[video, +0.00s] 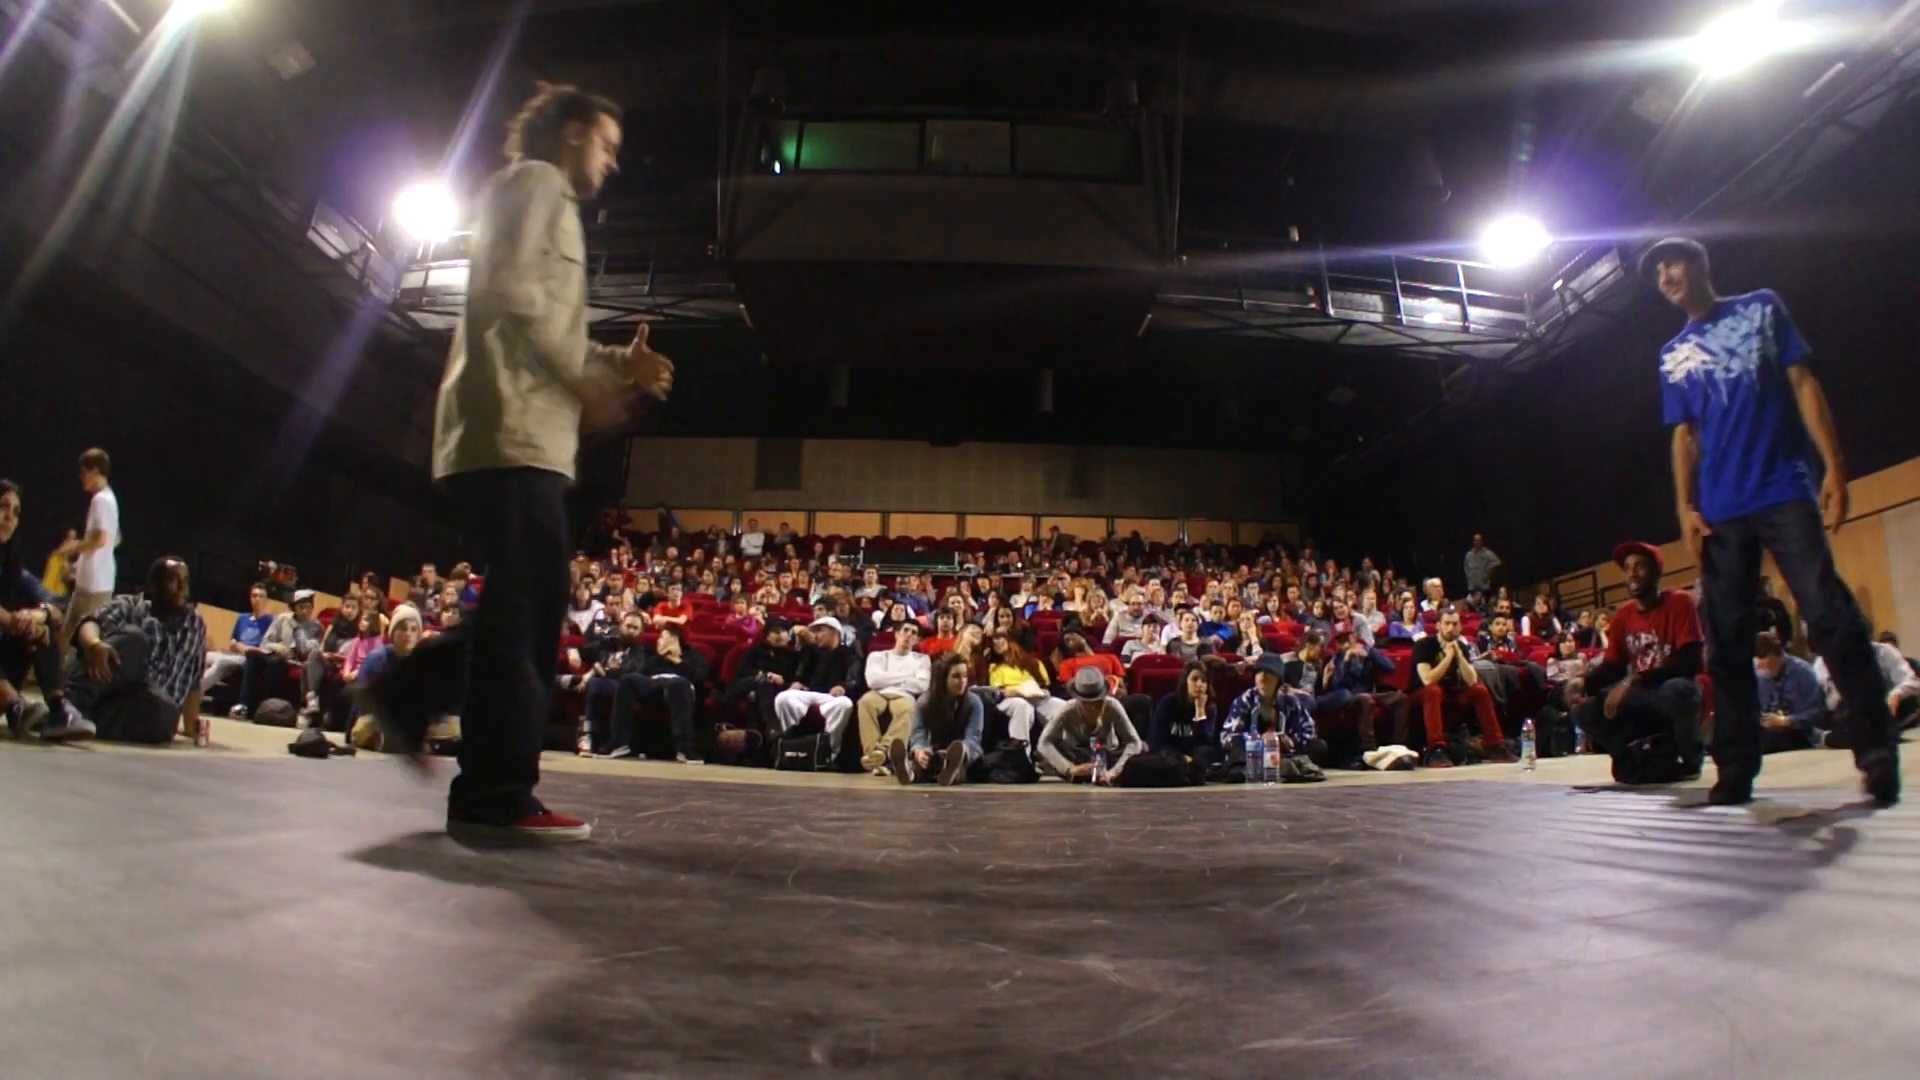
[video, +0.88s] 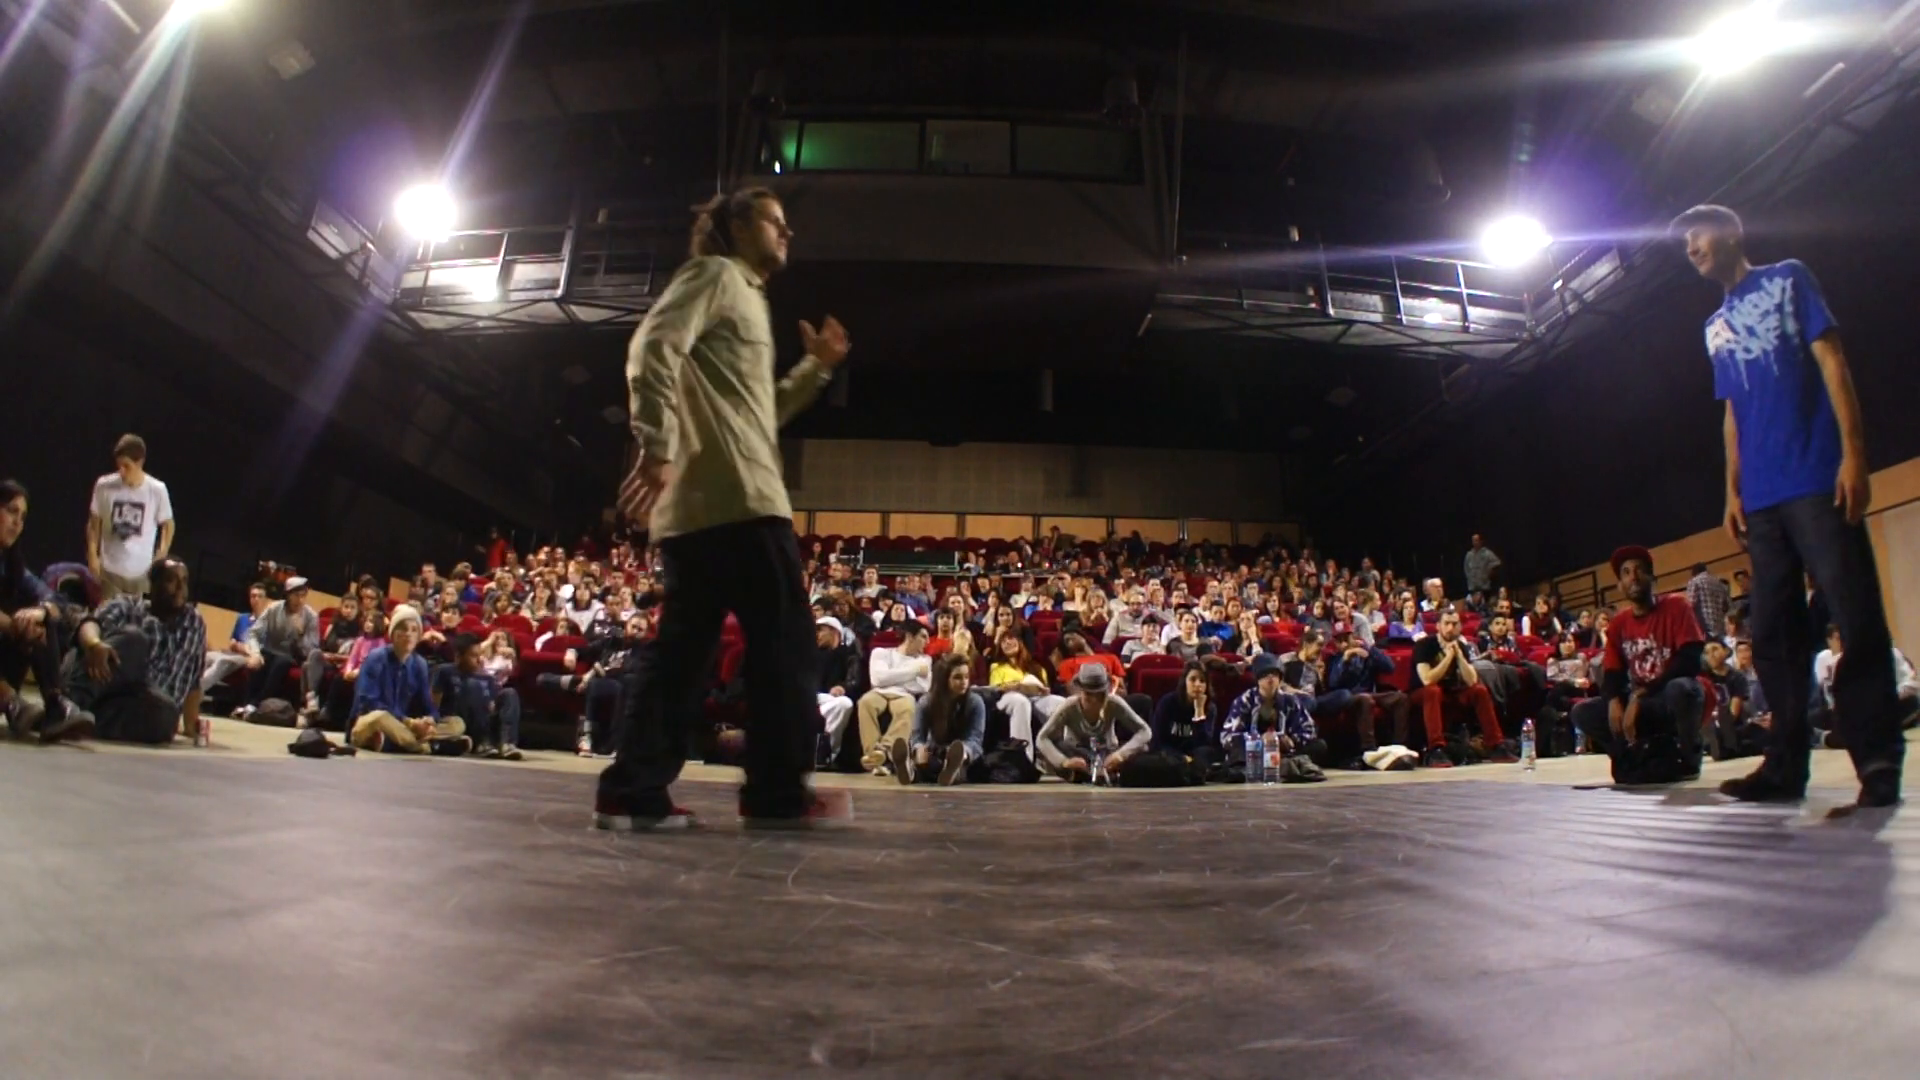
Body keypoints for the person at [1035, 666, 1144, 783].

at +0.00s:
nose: (1092, 707)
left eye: (1097, 702)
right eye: (1086, 703)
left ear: (1104, 696)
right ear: (1077, 699)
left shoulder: (1112, 706)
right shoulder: (1067, 710)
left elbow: (1134, 743)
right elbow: (1043, 744)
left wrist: (1114, 772)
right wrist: (1070, 769)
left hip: (1107, 754)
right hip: (1078, 754)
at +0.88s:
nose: (1094, 700)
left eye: (1100, 695)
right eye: (1089, 694)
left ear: (1106, 691)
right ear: (1081, 691)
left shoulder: (1115, 703)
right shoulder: (1068, 707)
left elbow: (1145, 732)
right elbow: (1042, 739)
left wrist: (1120, 755)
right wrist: (1063, 761)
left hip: (1107, 752)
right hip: (1078, 753)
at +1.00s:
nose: (1094, 687)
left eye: (1099, 682)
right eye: (1088, 681)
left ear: (1107, 684)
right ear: (1080, 682)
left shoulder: (1114, 701)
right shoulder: (1069, 704)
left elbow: (1146, 728)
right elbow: (1042, 735)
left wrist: (1123, 747)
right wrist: (1063, 753)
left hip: (1108, 752)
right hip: (1079, 754)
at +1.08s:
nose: (1095, 680)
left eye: (1101, 675)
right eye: (1090, 674)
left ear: (1108, 679)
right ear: (1081, 677)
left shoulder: (1115, 699)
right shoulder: (1069, 701)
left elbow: (1146, 726)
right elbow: (1043, 731)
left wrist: (1124, 741)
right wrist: (1063, 745)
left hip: (1108, 755)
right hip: (1078, 757)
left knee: (1139, 746)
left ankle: (1083, 776)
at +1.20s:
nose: (1095, 675)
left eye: (1101, 670)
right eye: (1090, 669)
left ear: (1108, 676)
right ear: (1082, 674)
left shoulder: (1116, 697)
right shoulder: (1071, 697)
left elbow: (1146, 723)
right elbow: (1044, 725)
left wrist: (1127, 731)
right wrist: (1066, 731)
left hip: (1109, 749)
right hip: (1080, 748)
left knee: (1139, 747)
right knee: (1057, 745)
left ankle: (1084, 775)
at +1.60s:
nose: (1098, 669)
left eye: (1104, 665)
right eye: (1094, 664)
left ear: (1113, 672)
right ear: (1086, 670)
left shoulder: (1119, 695)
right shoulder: (1073, 694)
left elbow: (1141, 723)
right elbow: (1047, 717)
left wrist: (1140, 731)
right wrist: (1068, 722)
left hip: (1109, 751)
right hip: (1080, 751)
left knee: (1139, 746)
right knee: (1057, 745)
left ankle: (1083, 774)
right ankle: (1099, 774)